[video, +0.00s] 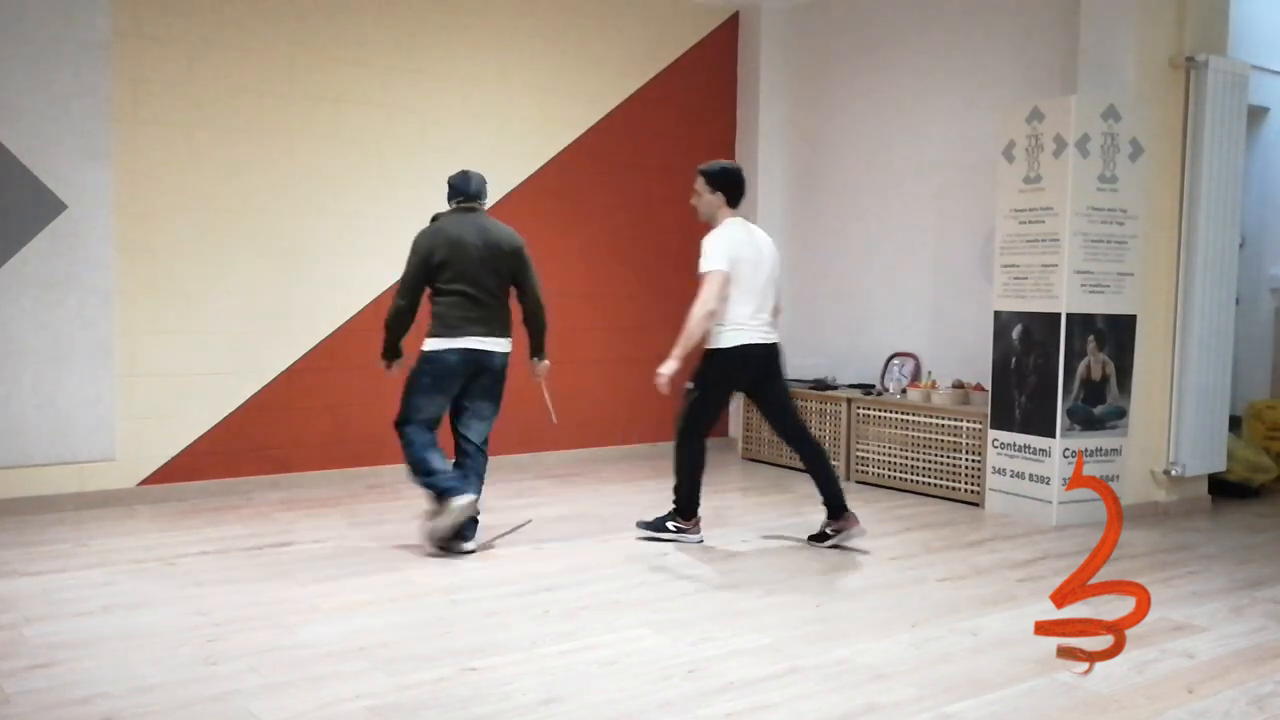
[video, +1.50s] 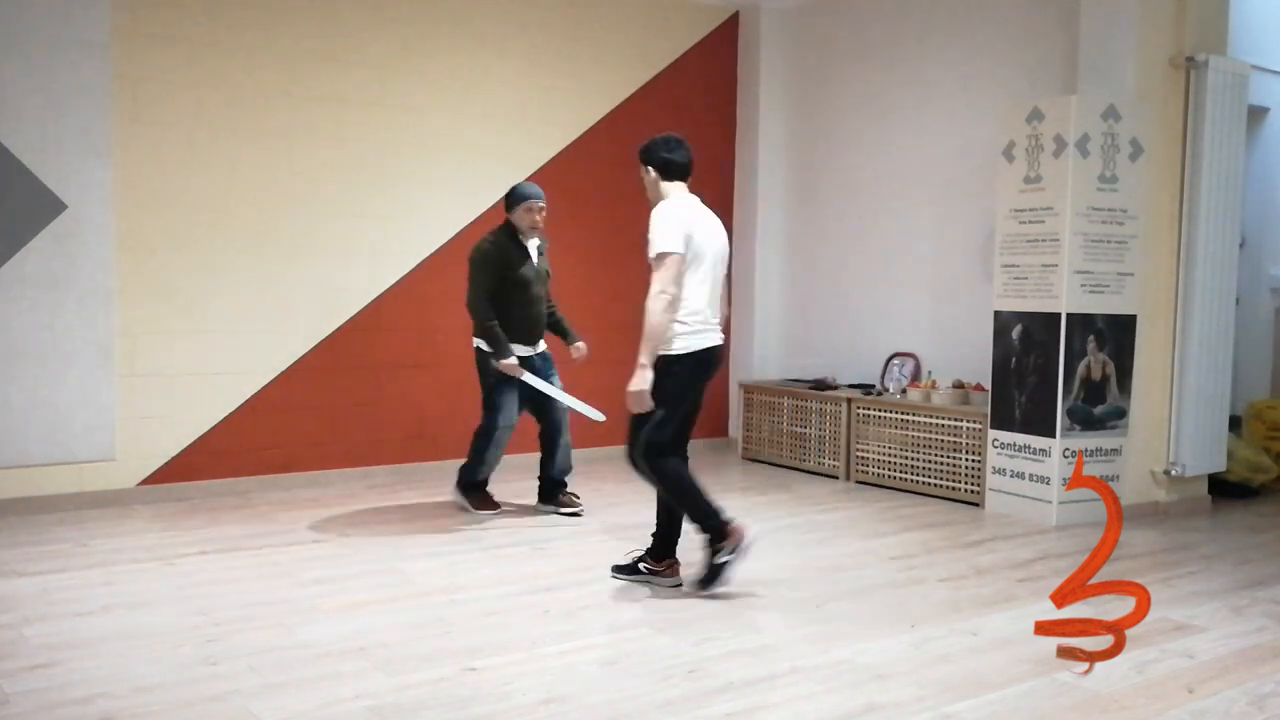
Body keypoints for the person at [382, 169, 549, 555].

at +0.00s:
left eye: (452, 197)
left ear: (450, 198)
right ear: (484, 199)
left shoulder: (432, 236)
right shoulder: (508, 238)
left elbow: (405, 302)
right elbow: (531, 300)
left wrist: (391, 346)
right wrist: (538, 351)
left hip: (446, 350)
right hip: (493, 353)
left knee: (414, 425)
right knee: (473, 440)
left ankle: (452, 493)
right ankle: (464, 532)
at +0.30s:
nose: (479, 222)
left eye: (479, 214)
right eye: (476, 214)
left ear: (441, 208)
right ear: (459, 210)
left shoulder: (397, 241)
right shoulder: (463, 242)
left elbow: (372, 300)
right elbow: (473, 301)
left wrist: (353, 350)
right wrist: (487, 356)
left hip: (400, 353)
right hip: (444, 354)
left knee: (387, 426)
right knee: (446, 435)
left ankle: (368, 503)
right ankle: (430, 522)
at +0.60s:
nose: (468, 215)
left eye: (470, 208)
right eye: (465, 207)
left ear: (435, 203)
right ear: (446, 204)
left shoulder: (404, 230)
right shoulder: (435, 235)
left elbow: (396, 288)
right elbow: (426, 293)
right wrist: (433, 349)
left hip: (394, 343)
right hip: (428, 344)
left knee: (391, 421)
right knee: (454, 417)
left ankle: (370, 503)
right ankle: (430, 496)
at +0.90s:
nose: (489, 220)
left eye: (490, 213)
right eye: (485, 212)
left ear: (461, 212)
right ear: (465, 212)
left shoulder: (437, 240)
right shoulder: (448, 249)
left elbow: (468, 296)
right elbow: (436, 308)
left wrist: (511, 313)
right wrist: (437, 364)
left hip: (428, 346)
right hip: (457, 352)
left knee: (425, 414)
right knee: (473, 423)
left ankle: (382, 484)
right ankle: (462, 492)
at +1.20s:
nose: (509, 214)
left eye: (512, 207)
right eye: (503, 207)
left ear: (511, 209)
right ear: (483, 208)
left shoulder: (492, 240)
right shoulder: (463, 243)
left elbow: (496, 296)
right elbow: (457, 302)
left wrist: (517, 330)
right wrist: (476, 354)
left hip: (497, 344)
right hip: (471, 345)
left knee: (511, 406)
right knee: (479, 412)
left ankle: (489, 480)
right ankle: (460, 491)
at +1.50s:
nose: (539, 217)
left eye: (542, 210)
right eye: (531, 210)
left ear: (545, 213)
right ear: (512, 213)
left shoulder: (538, 248)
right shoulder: (489, 250)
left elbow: (542, 303)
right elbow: (477, 304)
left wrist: (569, 336)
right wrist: (502, 352)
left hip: (536, 352)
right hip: (499, 353)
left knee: (556, 416)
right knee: (501, 421)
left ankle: (553, 489)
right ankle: (472, 483)